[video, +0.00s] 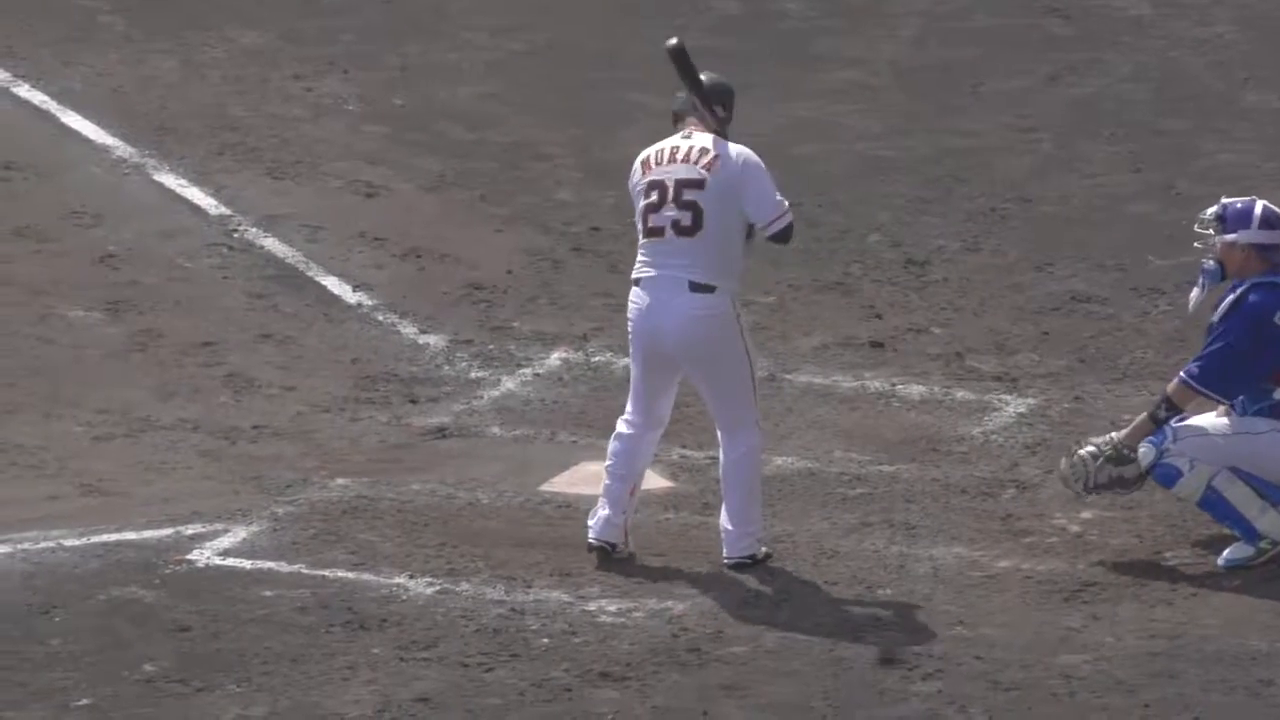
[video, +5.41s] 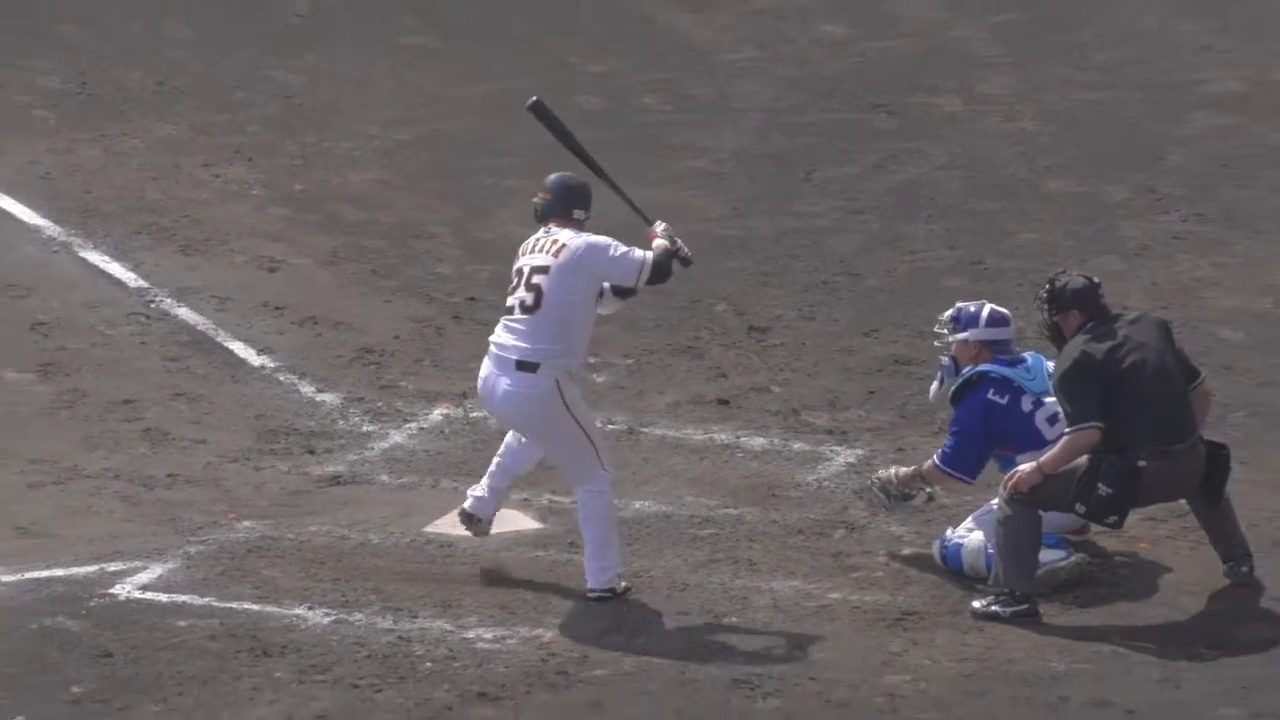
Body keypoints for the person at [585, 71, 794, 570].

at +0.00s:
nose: (729, 123)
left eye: (724, 116)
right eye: (728, 116)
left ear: (678, 115)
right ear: (723, 116)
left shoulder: (644, 161)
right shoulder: (737, 159)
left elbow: (656, 222)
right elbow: (780, 229)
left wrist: (730, 213)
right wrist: (734, 217)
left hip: (644, 304)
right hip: (706, 311)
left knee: (639, 417)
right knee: (738, 430)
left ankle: (605, 530)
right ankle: (741, 543)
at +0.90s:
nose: (665, 113)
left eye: (668, 107)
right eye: (670, 108)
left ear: (675, 110)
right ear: (718, 112)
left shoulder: (652, 161)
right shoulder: (743, 162)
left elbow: (704, 182)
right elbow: (806, 203)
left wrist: (755, 153)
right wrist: (790, 159)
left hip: (660, 311)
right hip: (724, 317)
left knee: (656, 420)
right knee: (751, 433)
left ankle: (614, 531)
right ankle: (747, 549)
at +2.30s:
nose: (616, 161)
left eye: (619, 156)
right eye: (619, 156)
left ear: (625, 160)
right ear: (669, 160)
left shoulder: (606, 205)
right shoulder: (688, 206)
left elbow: (683, 191)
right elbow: (753, 199)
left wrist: (721, 144)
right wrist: (738, 149)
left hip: (600, 356)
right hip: (660, 363)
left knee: (596, 464)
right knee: (689, 473)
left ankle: (548, 569)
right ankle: (678, 588)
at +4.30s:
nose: (602, 176)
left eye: (606, 170)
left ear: (607, 175)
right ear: (655, 177)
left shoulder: (590, 223)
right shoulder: (670, 225)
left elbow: (664, 222)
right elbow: (734, 228)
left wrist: (707, 182)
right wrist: (726, 181)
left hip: (580, 373)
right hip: (641, 380)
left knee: (578, 478)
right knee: (669, 486)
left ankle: (529, 580)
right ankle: (657, 602)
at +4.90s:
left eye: (582, 197)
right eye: (630, 199)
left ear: (584, 199)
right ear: (627, 202)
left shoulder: (567, 242)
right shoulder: (638, 245)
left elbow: (641, 278)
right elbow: (708, 263)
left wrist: (710, 232)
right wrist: (705, 219)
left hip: (539, 392)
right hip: (599, 402)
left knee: (592, 435)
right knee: (632, 501)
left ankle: (554, 515)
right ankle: (619, 608)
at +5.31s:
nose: (594, 215)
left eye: (548, 201)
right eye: (593, 207)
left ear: (551, 205)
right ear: (591, 208)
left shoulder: (537, 243)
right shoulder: (598, 246)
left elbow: (607, 293)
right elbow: (668, 272)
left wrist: (666, 261)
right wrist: (672, 237)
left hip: (499, 381)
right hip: (548, 394)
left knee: (587, 404)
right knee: (598, 484)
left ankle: (532, 499)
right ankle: (601, 587)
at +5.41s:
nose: (538, 210)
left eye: (541, 204)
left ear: (545, 208)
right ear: (582, 212)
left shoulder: (530, 245)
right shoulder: (588, 247)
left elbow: (604, 295)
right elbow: (656, 268)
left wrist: (667, 263)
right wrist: (662, 239)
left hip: (490, 378)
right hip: (539, 389)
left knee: (534, 429)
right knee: (594, 479)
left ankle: (480, 506)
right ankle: (603, 581)